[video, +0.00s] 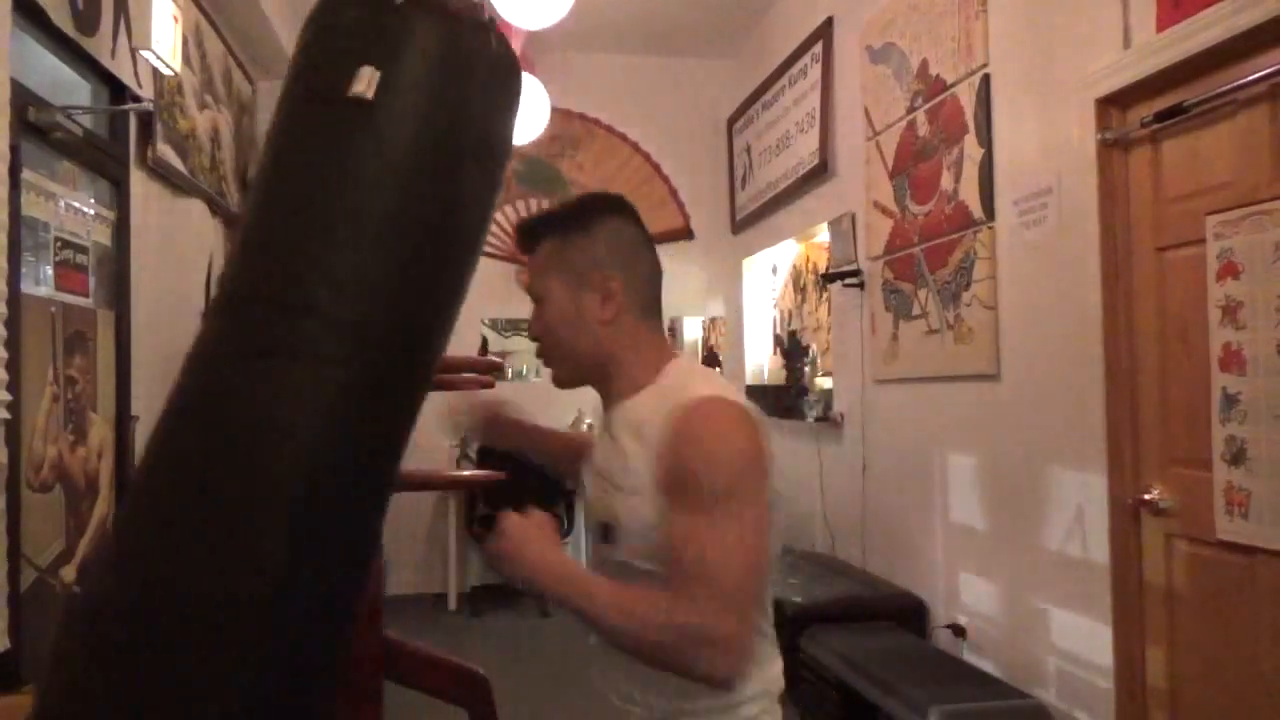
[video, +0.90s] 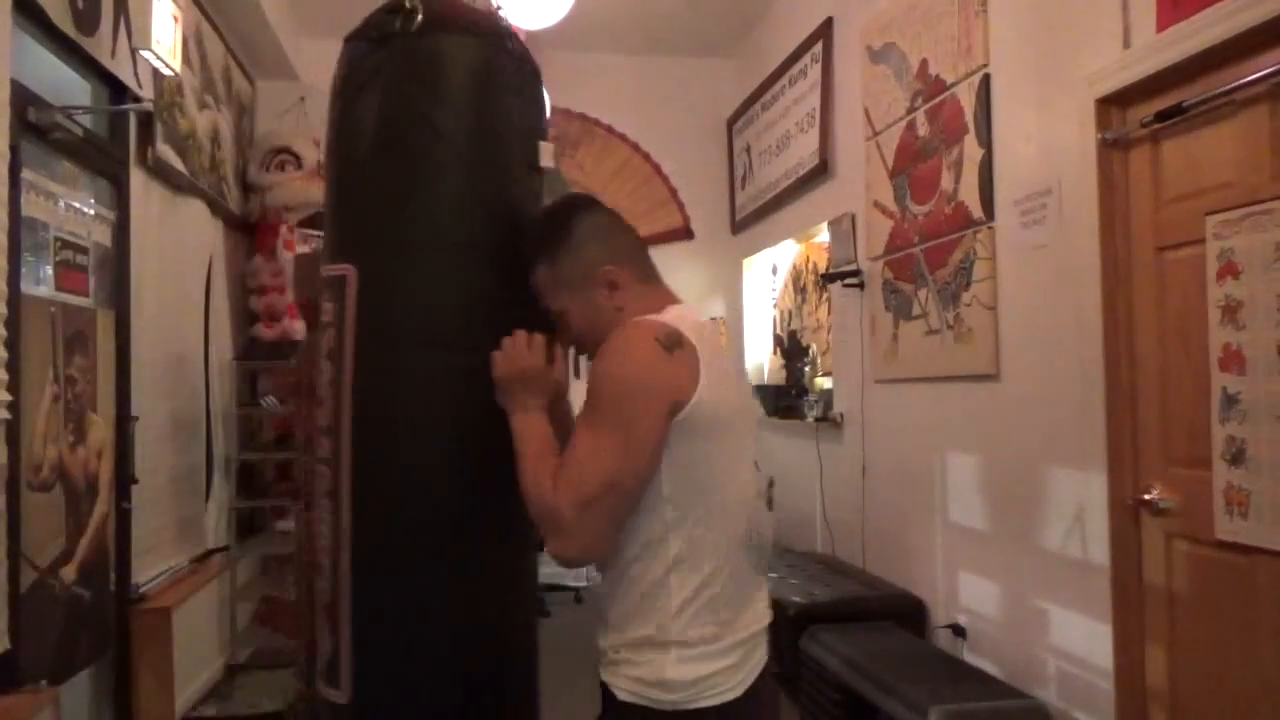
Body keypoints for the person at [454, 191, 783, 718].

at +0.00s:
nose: (531, 327)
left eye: (539, 301)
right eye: (533, 304)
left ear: (605, 299)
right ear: (604, 302)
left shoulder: (710, 425)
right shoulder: (628, 408)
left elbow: (717, 649)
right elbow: (618, 472)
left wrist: (551, 569)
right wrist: (526, 441)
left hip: (718, 706)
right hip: (634, 694)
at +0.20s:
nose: (508, 317)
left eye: (514, 292)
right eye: (506, 294)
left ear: (578, 282)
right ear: (580, 283)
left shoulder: (623, 348)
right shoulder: (649, 343)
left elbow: (595, 510)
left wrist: (443, 451)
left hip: (626, 698)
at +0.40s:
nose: (505, 349)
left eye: (499, 328)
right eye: (494, 332)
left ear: (540, 301)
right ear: (586, 290)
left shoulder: (566, 356)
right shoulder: (666, 354)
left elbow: (483, 526)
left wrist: (391, 459)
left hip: (628, 701)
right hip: (721, 679)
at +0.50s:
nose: (486, 349)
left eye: (482, 326)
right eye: (475, 329)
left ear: (532, 298)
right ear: (536, 297)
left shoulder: (611, 355)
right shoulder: (575, 378)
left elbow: (584, 548)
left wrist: (463, 445)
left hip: (652, 696)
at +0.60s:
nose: (470, 349)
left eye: (477, 326)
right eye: (464, 331)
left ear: (539, 297)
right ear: (541, 299)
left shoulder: (648, 356)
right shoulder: (540, 395)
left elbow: (610, 533)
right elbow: (419, 475)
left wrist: (489, 418)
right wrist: (446, 382)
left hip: (654, 692)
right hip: (582, 681)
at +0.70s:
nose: (504, 352)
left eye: (504, 329)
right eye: (494, 334)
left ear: (562, 300)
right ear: (564, 302)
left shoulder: (646, 369)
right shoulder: (579, 383)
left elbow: (588, 552)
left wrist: (486, 425)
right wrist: (481, 422)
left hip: (641, 695)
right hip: (588, 682)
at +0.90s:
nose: (563, 336)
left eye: (561, 316)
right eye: (555, 320)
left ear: (611, 287)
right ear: (617, 286)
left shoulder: (643, 348)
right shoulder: (700, 338)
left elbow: (573, 535)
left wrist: (527, 409)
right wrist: (552, 402)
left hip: (668, 690)